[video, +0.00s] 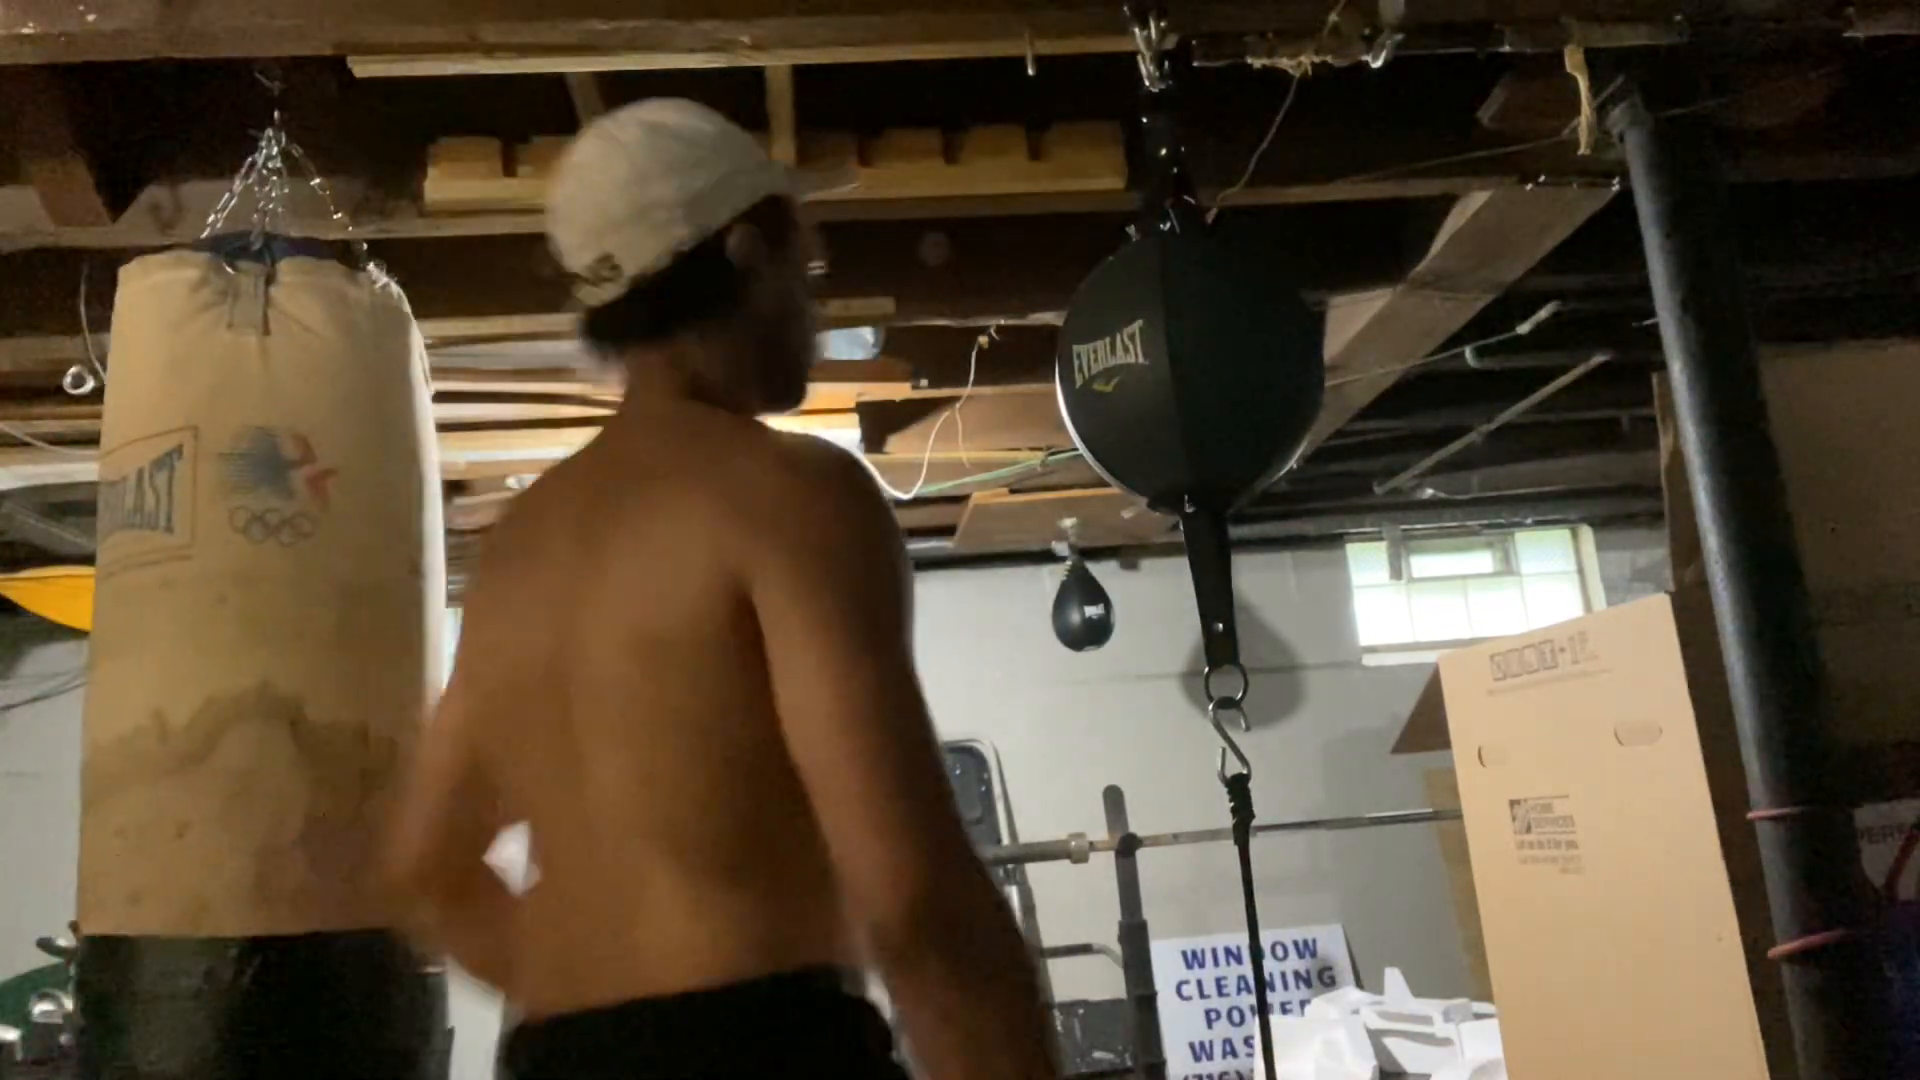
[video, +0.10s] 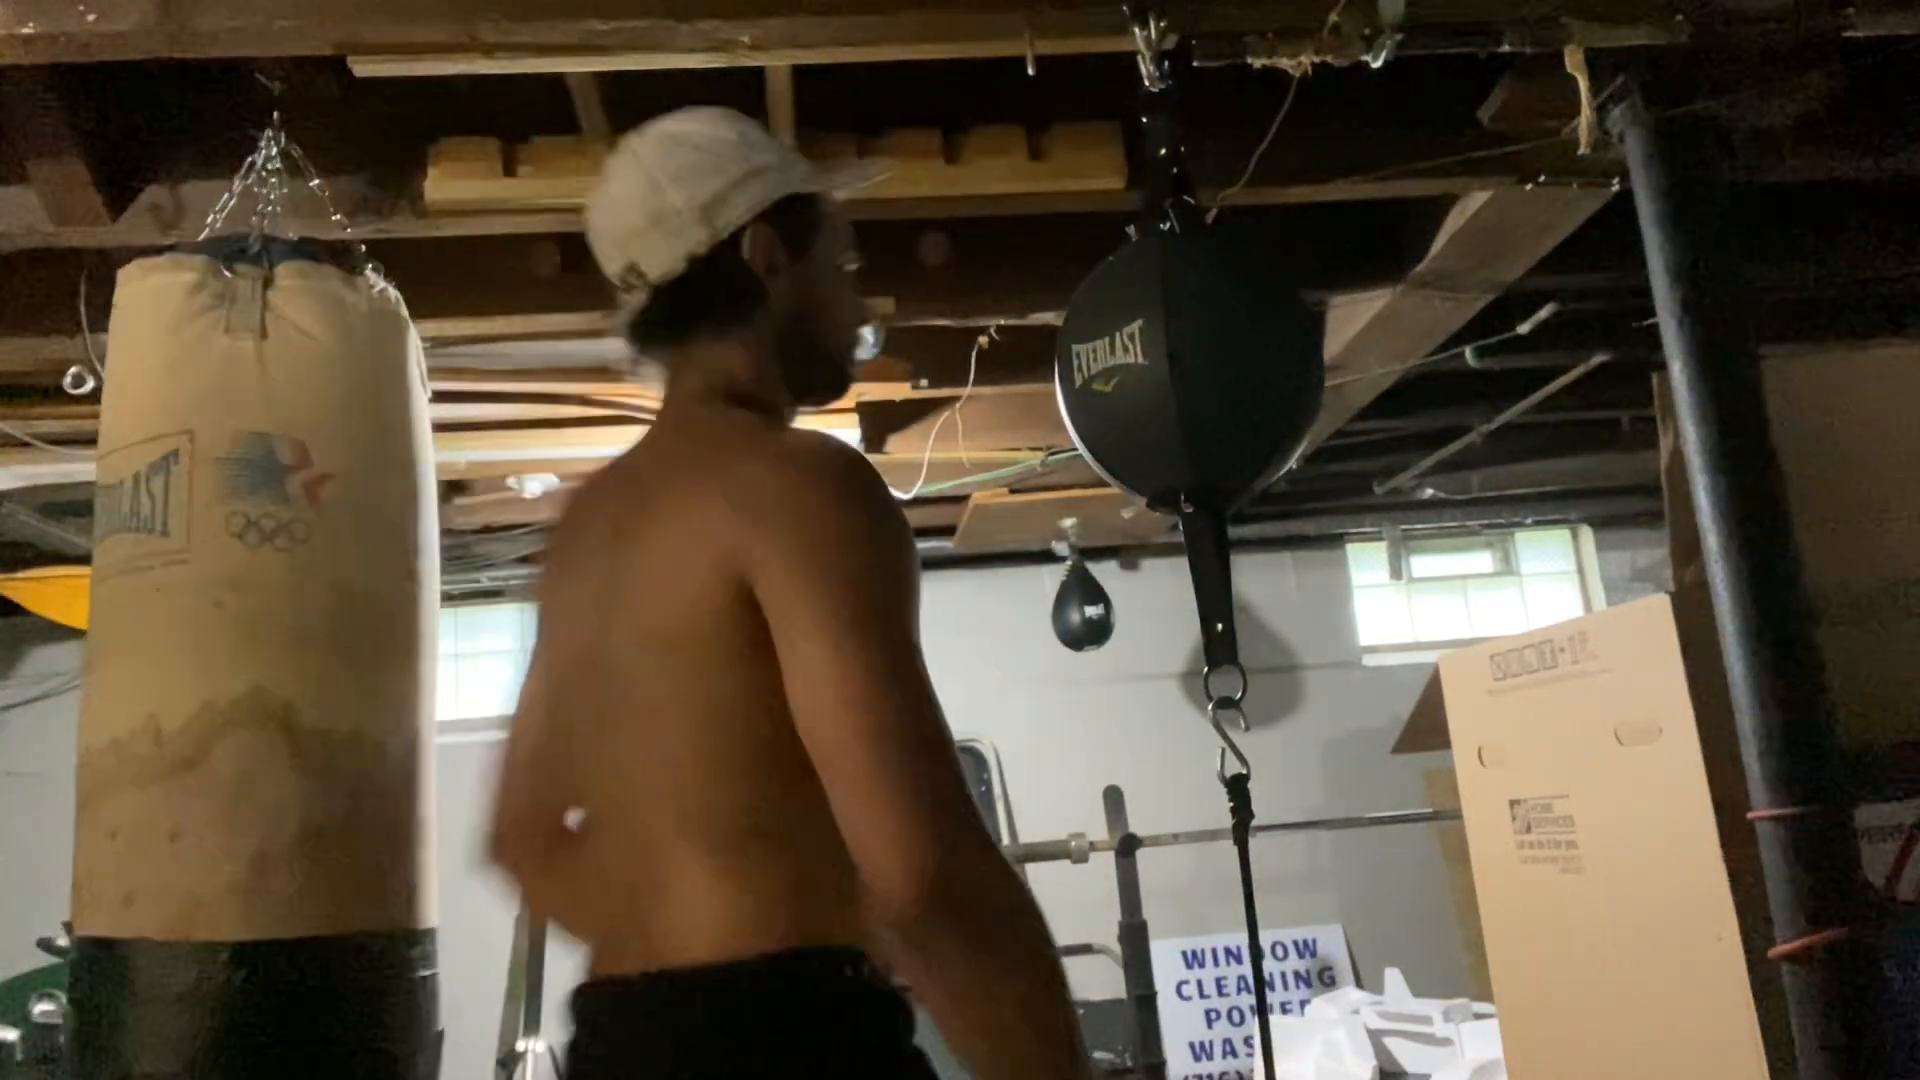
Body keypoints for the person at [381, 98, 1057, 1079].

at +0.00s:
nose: (812, 296)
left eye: (804, 261)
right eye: (796, 261)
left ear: (624, 296)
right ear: (741, 256)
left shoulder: (523, 532)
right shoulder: (786, 488)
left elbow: (424, 865)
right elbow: (912, 904)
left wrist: (581, 988)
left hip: (560, 1044)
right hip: (765, 1023)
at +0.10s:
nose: (860, 300)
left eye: (853, 265)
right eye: (842, 264)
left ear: (656, 299)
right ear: (763, 256)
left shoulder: (592, 513)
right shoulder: (799, 485)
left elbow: (525, 834)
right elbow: (922, 880)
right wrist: (1059, 1062)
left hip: (620, 1028)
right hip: (797, 1021)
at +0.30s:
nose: (911, 336)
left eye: (898, 305)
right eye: (884, 305)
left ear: (780, 316)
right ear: (778, 316)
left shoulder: (777, 529)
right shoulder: (763, 532)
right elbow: (925, 875)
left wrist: (1122, 1044)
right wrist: (1151, 1056)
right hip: (822, 1027)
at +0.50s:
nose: (907, 381)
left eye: (897, 355)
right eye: (871, 358)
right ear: (780, 393)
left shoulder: (887, 589)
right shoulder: (727, 584)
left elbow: (1081, 709)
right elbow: (928, 830)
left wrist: (1288, 802)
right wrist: (1196, 974)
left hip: (956, 1021)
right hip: (837, 1026)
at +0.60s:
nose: (902, 388)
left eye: (886, 363)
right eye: (860, 368)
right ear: (780, 406)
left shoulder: (909, 583)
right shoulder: (729, 586)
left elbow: (1106, 689)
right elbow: (923, 799)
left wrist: (1264, 778)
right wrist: (1188, 915)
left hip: (968, 1006)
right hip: (840, 1011)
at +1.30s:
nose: (748, 434)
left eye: (771, 402)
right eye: (722, 407)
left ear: (812, 425)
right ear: (679, 434)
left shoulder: (872, 608)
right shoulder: (629, 606)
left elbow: (996, 617)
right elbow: (464, 656)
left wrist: (814, 470)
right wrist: (665, 457)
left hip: (884, 1017)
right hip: (704, 1025)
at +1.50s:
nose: (687, 422)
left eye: (717, 400)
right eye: (663, 405)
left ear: (775, 429)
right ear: (642, 438)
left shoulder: (846, 607)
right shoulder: (575, 602)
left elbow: (988, 675)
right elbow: (323, 709)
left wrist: (812, 480)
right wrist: (412, 499)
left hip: (852, 1030)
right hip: (660, 1036)